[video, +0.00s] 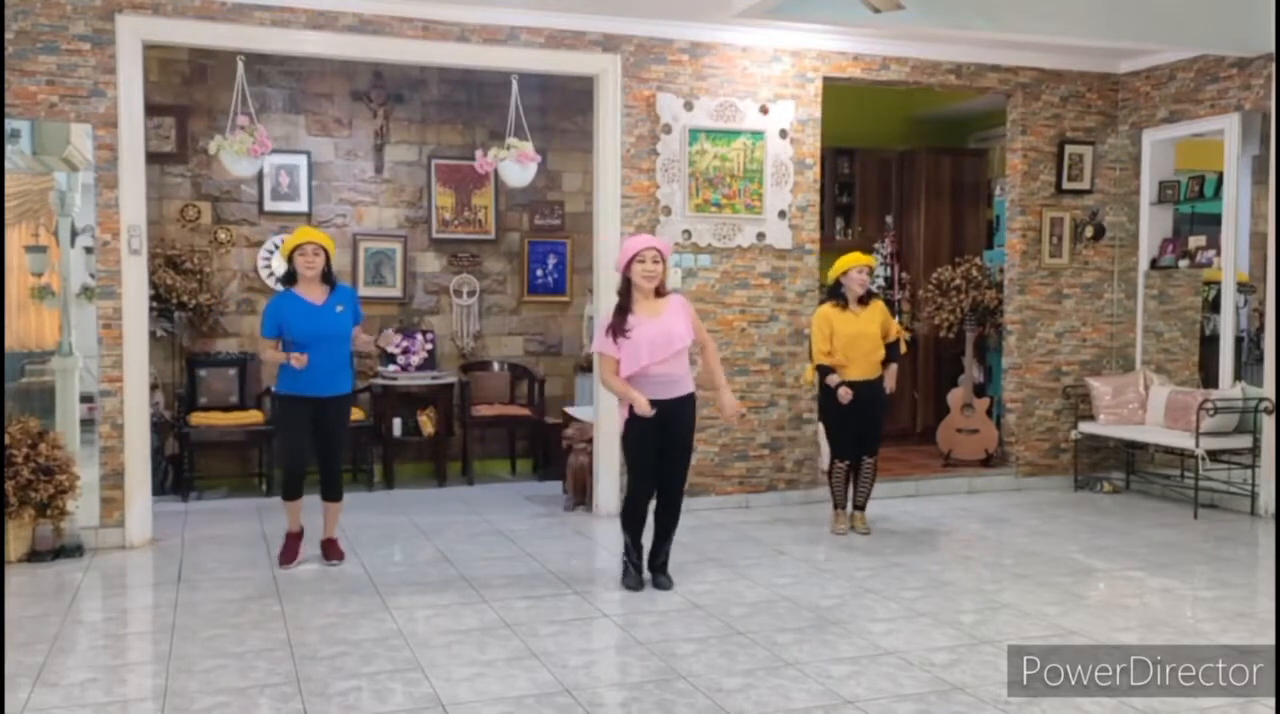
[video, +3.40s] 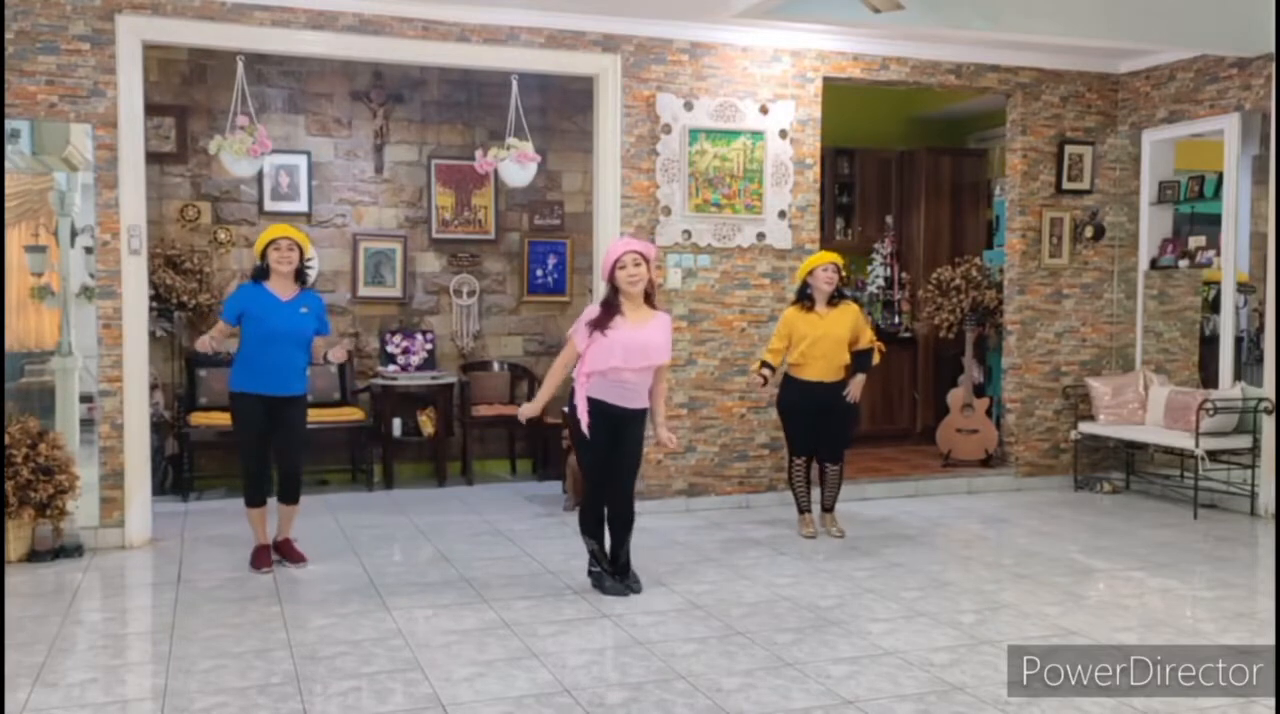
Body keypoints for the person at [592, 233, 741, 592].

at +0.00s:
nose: (650, 268)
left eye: (656, 261)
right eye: (642, 261)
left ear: (665, 268)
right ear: (628, 270)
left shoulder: (680, 305)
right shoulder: (618, 318)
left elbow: (707, 346)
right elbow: (607, 374)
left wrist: (723, 391)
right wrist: (633, 395)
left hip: (680, 406)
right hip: (641, 410)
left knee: (673, 490)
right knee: (641, 488)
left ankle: (660, 563)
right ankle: (633, 559)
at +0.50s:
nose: (648, 265)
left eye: (655, 259)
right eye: (640, 259)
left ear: (664, 268)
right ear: (628, 269)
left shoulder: (673, 316)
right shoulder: (613, 314)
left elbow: (678, 371)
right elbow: (592, 365)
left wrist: (692, 418)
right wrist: (595, 420)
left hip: (662, 409)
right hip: (621, 409)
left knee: (660, 491)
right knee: (617, 489)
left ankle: (658, 564)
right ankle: (606, 561)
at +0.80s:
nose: (640, 264)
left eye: (647, 258)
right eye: (632, 259)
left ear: (657, 268)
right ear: (620, 268)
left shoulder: (662, 318)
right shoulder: (601, 309)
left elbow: (662, 373)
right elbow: (564, 350)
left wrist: (673, 421)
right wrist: (551, 405)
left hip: (645, 410)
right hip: (601, 408)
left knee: (646, 490)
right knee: (603, 487)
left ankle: (643, 560)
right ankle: (603, 563)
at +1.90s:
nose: (634, 266)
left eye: (639, 259)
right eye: (625, 259)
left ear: (647, 267)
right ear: (610, 268)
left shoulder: (667, 300)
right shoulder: (606, 313)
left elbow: (692, 351)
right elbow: (600, 371)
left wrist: (719, 391)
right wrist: (596, 417)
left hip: (667, 406)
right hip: (624, 407)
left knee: (658, 489)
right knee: (622, 488)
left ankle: (647, 563)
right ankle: (620, 559)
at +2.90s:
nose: (639, 264)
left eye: (645, 258)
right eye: (630, 259)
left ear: (655, 267)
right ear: (618, 269)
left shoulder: (658, 315)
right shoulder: (606, 310)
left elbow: (653, 370)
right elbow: (571, 354)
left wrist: (667, 412)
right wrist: (569, 413)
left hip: (650, 410)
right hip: (611, 411)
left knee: (648, 494)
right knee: (612, 492)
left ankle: (643, 565)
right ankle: (600, 565)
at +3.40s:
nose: (633, 271)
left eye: (639, 264)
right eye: (624, 266)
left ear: (650, 271)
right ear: (613, 276)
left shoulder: (660, 322)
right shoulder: (597, 315)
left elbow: (659, 378)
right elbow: (565, 358)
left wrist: (660, 425)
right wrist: (539, 402)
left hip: (633, 413)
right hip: (591, 408)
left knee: (623, 491)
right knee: (594, 487)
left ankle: (621, 563)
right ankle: (597, 564)